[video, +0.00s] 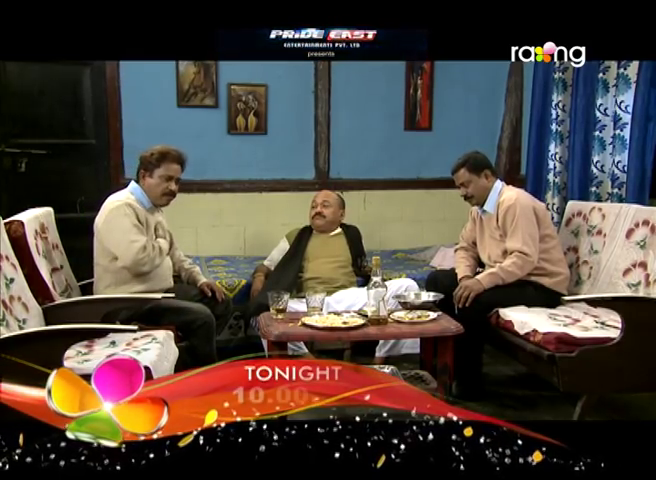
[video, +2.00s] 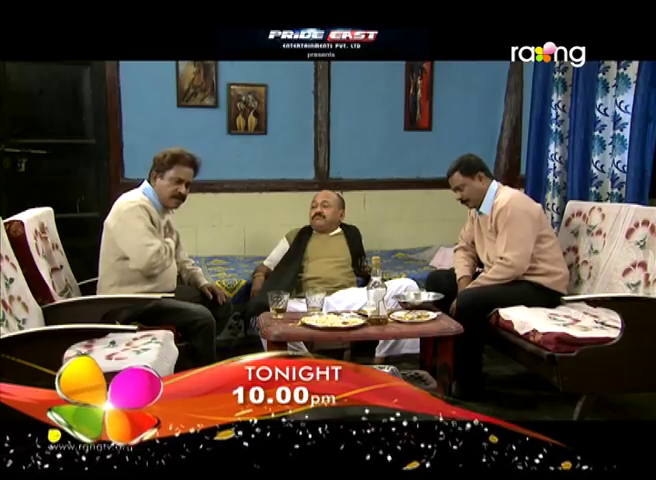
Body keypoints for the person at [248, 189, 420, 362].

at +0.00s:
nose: (317, 210)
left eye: (326, 206)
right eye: (314, 206)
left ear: (341, 213)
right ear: (309, 211)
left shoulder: (351, 233)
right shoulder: (297, 236)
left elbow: (362, 268)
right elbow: (266, 267)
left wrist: (377, 280)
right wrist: (258, 286)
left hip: (351, 297)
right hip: (311, 300)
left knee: (406, 286)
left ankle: (381, 362)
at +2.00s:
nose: (317, 211)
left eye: (325, 206)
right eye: (314, 206)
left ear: (340, 213)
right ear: (309, 211)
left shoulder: (351, 233)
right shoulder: (297, 236)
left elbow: (361, 269)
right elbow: (264, 269)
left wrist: (379, 281)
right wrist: (256, 302)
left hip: (350, 298)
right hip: (309, 300)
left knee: (406, 286)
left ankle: (382, 362)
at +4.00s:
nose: (316, 211)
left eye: (324, 207)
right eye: (313, 207)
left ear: (340, 214)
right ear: (308, 212)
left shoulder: (351, 233)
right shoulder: (297, 236)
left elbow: (361, 269)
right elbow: (265, 268)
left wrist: (379, 281)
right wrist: (255, 301)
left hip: (350, 297)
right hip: (309, 300)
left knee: (406, 286)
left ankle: (382, 362)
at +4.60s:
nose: (336, 213)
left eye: (337, 207)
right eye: (328, 209)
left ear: (340, 208)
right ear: (309, 214)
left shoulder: (347, 233)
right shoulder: (294, 237)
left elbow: (360, 267)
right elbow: (264, 268)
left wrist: (376, 278)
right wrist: (258, 279)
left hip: (352, 297)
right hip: (311, 300)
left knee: (406, 287)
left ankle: (383, 366)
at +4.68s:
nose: (336, 213)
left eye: (337, 207)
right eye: (329, 209)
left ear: (340, 208)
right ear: (308, 214)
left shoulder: (347, 234)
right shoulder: (293, 237)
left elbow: (359, 267)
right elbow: (262, 271)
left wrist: (377, 279)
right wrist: (256, 300)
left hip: (352, 298)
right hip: (311, 300)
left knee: (406, 286)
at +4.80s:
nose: (336, 213)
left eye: (337, 207)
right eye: (329, 209)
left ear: (340, 208)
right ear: (309, 214)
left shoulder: (347, 234)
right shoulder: (293, 237)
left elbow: (359, 267)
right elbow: (266, 267)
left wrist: (378, 276)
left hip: (351, 297)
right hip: (311, 299)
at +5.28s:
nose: (322, 212)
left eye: (328, 207)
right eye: (315, 207)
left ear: (336, 212)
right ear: (304, 211)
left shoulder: (345, 233)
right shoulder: (291, 236)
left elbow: (360, 268)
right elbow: (266, 268)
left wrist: (396, 269)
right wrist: (239, 275)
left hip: (350, 299)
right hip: (309, 301)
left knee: (406, 287)